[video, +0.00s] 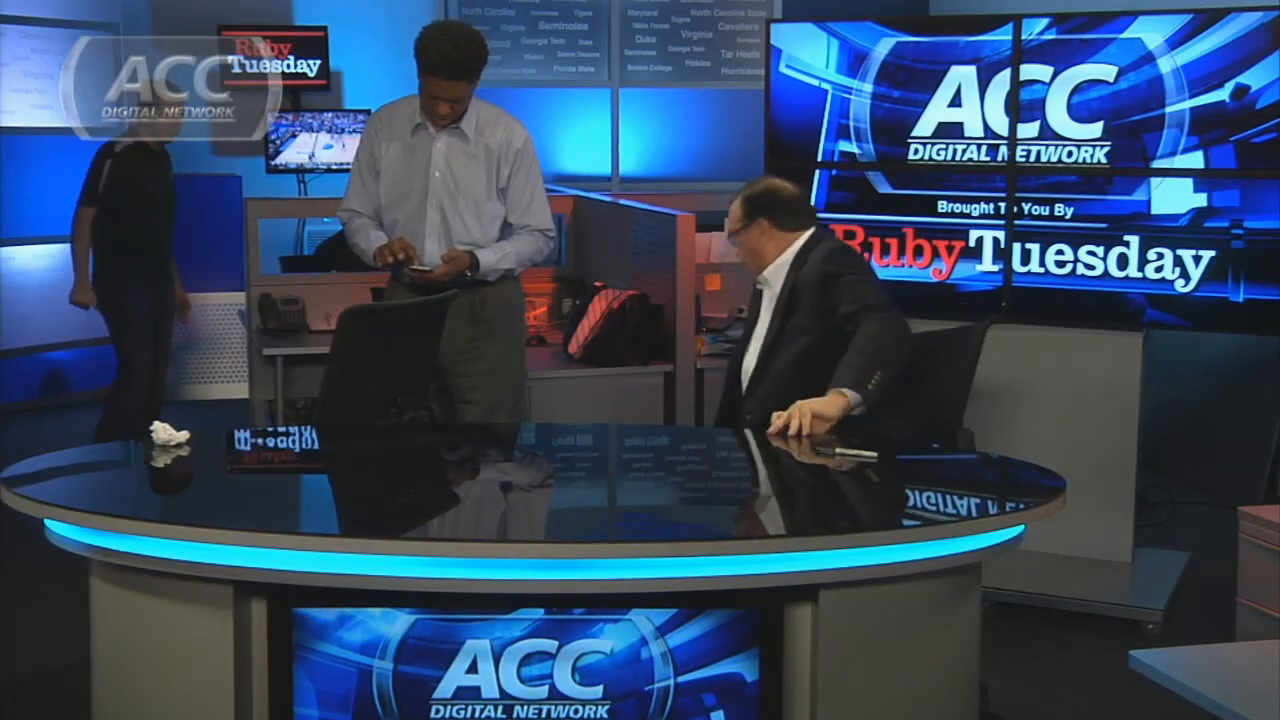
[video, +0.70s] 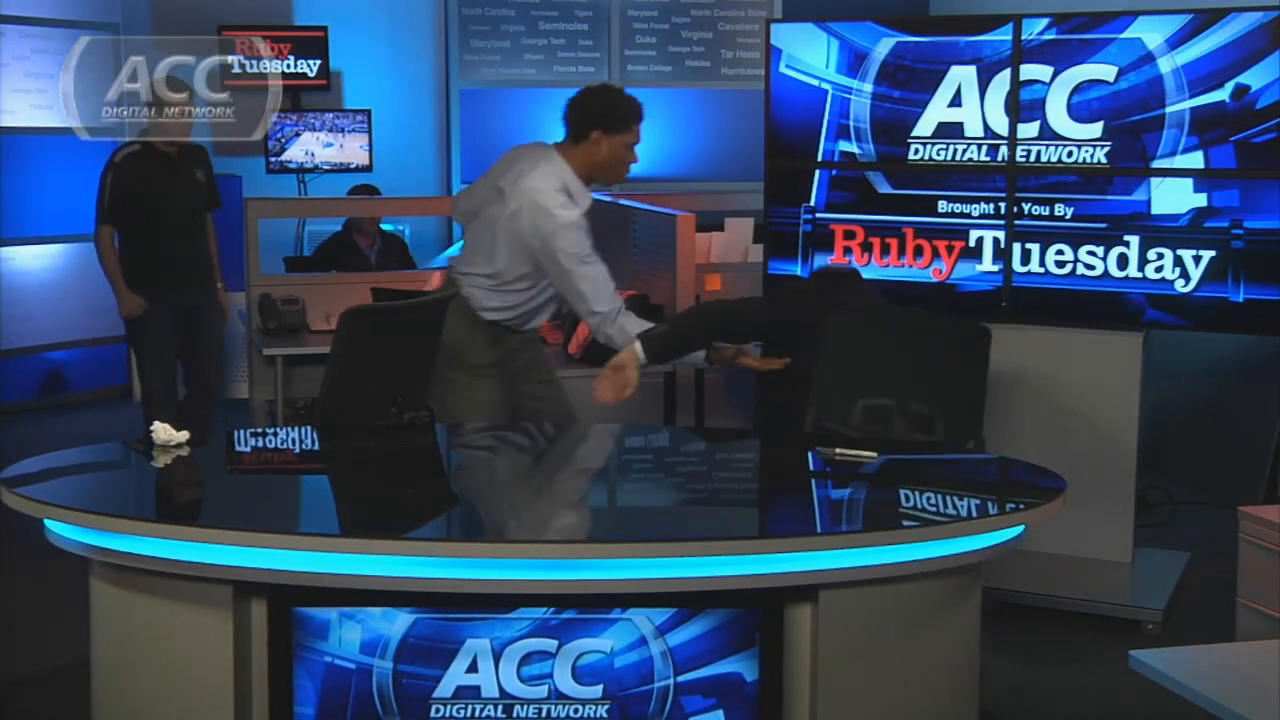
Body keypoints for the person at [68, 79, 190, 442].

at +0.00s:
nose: (176, 122)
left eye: (179, 114)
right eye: (170, 113)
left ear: (178, 117)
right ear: (150, 113)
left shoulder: (162, 159)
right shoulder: (113, 153)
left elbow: (160, 235)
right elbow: (83, 218)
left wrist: (175, 286)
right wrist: (82, 281)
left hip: (157, 281)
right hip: (119, 280)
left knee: (154, 371)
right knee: (136, 368)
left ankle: (141, 453)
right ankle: (110, 455)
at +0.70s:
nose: (181, 121)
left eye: (186, 112)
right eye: (172, 112)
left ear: (192, 115)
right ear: (154, 114)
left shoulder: (197, 157)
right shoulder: (124, 161)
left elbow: (207, 224)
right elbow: (104, 235)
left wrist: (218, 284)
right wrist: (122, 292)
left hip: (198, 290)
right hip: (149, 295)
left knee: (206, 383)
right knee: (159, 388)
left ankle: (199, 458)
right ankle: (165, 470)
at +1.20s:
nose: (232, 128)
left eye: (233, 119)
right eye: (224, 119)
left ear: (231, 121)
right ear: (199, 119)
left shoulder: (232, 164)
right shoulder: (161, 168)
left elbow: (244, 231)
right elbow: (145, 242)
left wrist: (251, 292)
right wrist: (178, 293)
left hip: (232, 300)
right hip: (181, 304)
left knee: (251, 394)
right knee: (181, 402)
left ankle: (259, 474)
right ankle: (181, 481)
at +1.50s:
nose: (290, 131)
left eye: (293, 123)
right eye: (283, 122)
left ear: (289, 125)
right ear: (259, 120)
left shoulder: (279, 165)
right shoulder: (217, 165)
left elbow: (276, 236)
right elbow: (191, 239)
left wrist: (285, 293)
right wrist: (225, 296)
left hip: (276, 304)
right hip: (231, 306)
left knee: (280, 396)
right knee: (230, 398)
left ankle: (276, 474)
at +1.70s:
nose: (318, 132)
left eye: (321, 124)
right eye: (311, 123)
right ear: (285, 120)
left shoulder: (307, 168)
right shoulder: (243, 164)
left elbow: (308, 239)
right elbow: (213, 238)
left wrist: (316, 292)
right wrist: (230, 303)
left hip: (300, 299)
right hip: (258, 302)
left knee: (301, 397)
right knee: (280, 399)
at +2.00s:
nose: (361, 141)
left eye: (363, 133)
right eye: (354, 132)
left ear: (331, 131)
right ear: (326, 129)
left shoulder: (344, 177)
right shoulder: (284, 175)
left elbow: (346, 250)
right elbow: (252, 246)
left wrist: (367, 307)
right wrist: (251, 319)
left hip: (335, 309)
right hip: (294, 310)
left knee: (335, 403)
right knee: (308, 404)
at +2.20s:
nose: (392, 140)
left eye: (393, 132)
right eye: (384, 132)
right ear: (357, 130)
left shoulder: (374, 172)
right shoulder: (314, 176)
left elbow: (377, 250)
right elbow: (286, 254)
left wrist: (394, 309)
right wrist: (295, 328)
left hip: (370, 319)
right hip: (326, 321)